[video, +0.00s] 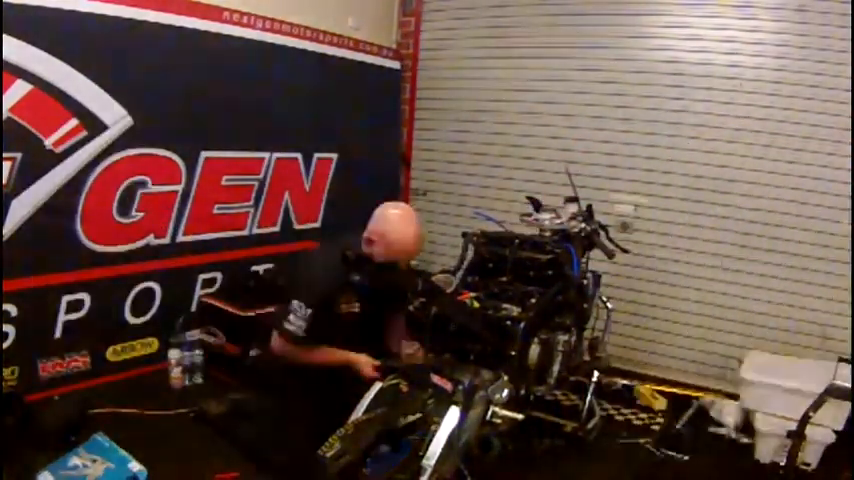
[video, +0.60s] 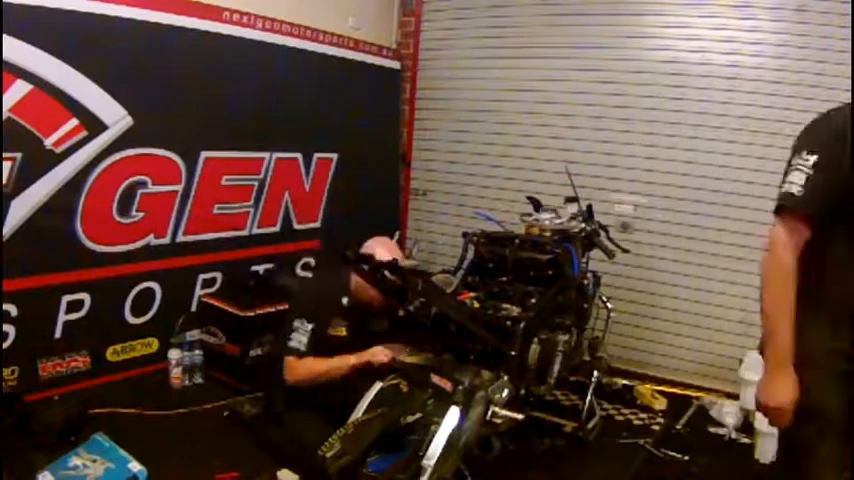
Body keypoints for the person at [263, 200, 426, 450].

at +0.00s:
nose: (397, 271)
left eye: (404, 263)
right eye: (391, 263)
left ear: (413, 250)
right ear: (370, 242)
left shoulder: (398, 278)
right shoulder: (327, 273)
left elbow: (394, 331)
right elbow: (282, 344)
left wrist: (403, 349)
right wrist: (351, 360)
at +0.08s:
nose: (392, 223)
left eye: (397, 214)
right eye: (387, 212)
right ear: (359, 197)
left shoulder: (378, 241)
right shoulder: (316, 240)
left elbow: (385, 298)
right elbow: (292, 322)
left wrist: (404, 336)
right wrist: (359, 349)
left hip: (358, 377)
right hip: (310, 379)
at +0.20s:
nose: (324, 255)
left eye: (327, 247)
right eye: (318, 246)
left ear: (329, 245)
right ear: (293, 239)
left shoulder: (331, 277)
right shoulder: (265, 284)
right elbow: (253, 354)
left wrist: (358, 312)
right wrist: (314, 329)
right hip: (290, 409)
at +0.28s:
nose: (362, 294)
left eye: (364, 287)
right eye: (357, 287)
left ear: (368, 283)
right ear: (329, 278)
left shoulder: (366, 298)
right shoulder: (293, 298)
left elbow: (380, 347)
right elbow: (285, 379)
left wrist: (417, 376)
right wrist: (352, 386)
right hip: (297, 402)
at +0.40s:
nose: (341, 254)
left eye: (346, 247)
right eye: (334, 246)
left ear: (349, 243)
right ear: (309, 239)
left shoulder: (348, 278)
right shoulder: (282, 285)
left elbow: (365, 322)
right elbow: (289, 359)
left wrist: (379, 352)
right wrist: (352, 362)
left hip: (347, 387)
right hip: (299, 391)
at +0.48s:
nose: (356, 269)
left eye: (360, 261)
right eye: (351, 261)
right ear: (330, 252)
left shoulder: (348, 276)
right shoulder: (292, 281)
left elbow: (366, 327)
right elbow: (292, 361)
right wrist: (362, 355)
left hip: (342, 388)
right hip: (298, 397)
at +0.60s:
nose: (389, 303)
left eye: (394, 296)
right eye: (387, 293)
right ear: (367, 276)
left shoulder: (371, 309)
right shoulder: (315, 298)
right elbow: (293, 372)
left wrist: (429, 376)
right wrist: (362, 358)